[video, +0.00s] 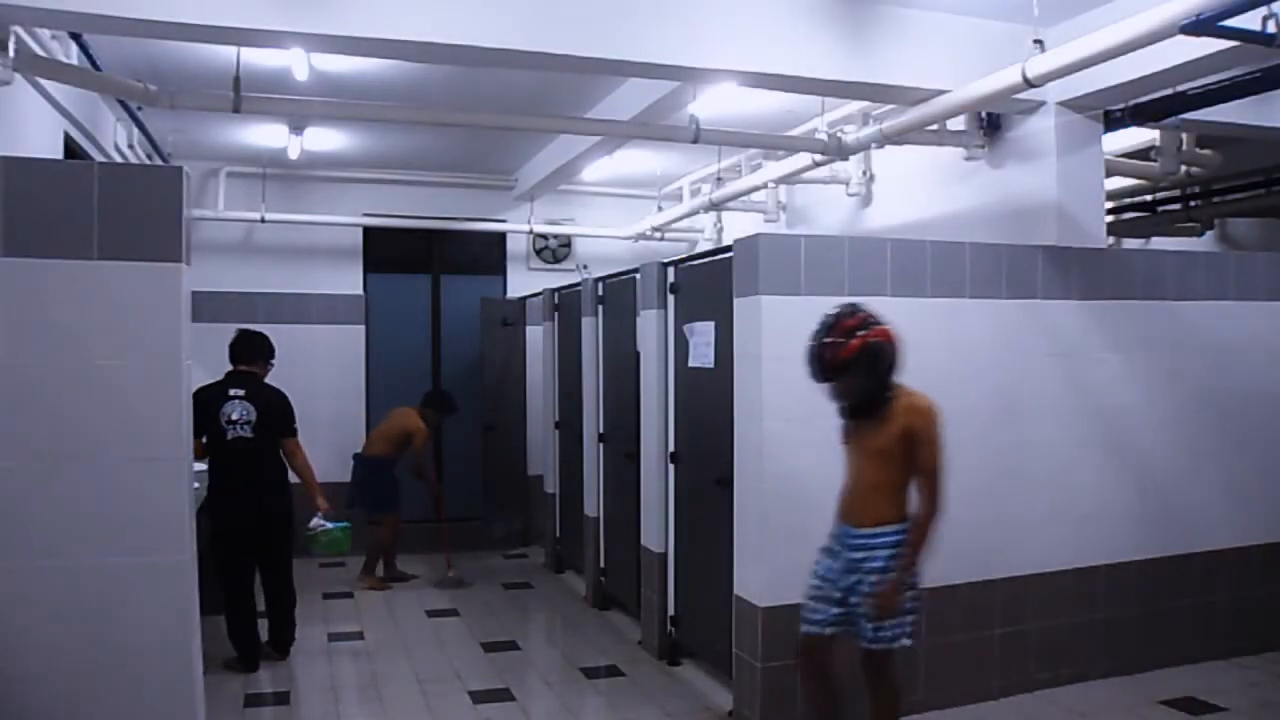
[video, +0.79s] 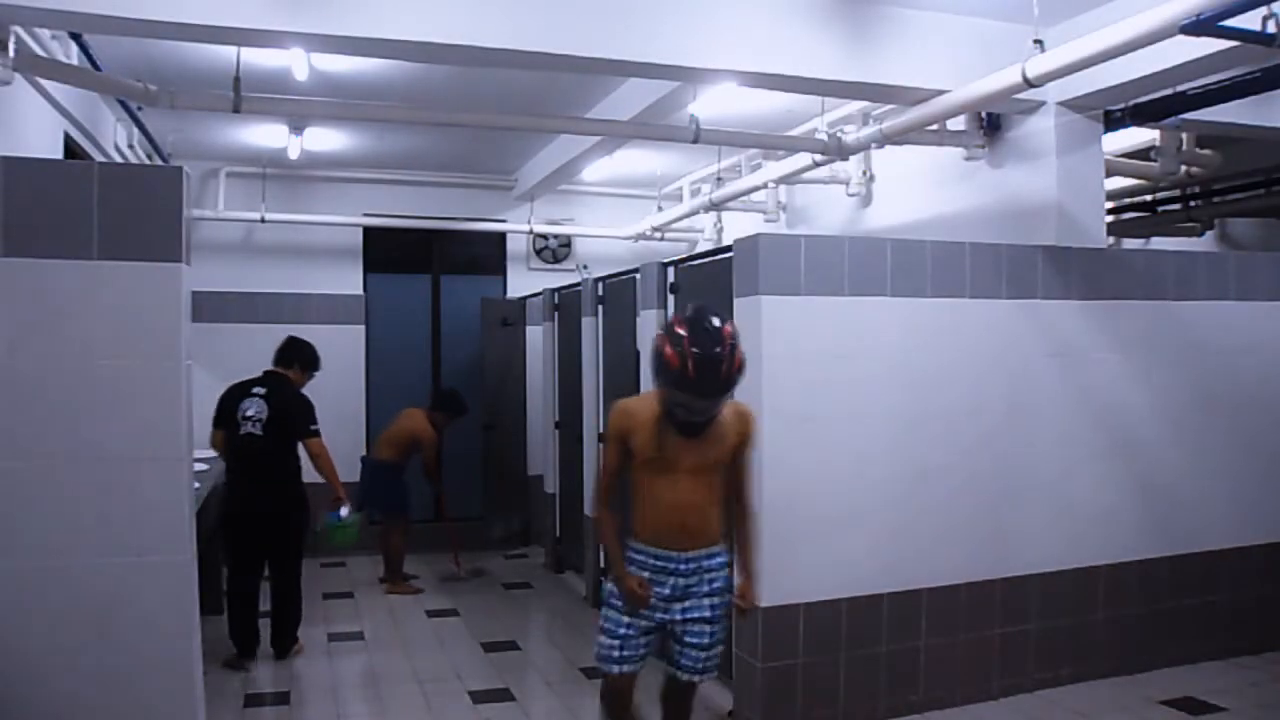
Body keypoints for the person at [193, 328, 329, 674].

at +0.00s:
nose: (270, 369)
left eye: (268, 364)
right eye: (270, 364)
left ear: (232, 360)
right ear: (266, 364)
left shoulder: (204, 397)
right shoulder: (274, 398)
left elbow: (194, 451)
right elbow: (292, 452)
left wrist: (222, 445)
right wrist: (317, 493)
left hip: (226, 501)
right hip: (271, 500)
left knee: (236, 579)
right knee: (277, 571)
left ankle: (247, 656)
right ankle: (281, 644)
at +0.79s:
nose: (306, 383)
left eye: (308, 377)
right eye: (307, 376)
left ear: (277, 363)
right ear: (297, 368)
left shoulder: (235, 392)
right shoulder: (295, 399)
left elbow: (218, 441)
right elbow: (316, 451)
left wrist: (243, 462)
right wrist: (337, 488)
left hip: (241, 496)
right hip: (283, 496)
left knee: (242, 572)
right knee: (286, 571)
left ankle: (244, 648)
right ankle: (284, 643)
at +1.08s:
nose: (326, 385)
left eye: (329, 379)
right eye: (327, 378)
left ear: (300, 364)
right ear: (317, 369)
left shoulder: (260, 391)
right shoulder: (309, 397)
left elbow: (251, 440)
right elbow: (323, 446)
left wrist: (281, 449)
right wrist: (342, 461)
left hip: (261, 489)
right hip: (297, 491)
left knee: (277, 557)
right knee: (297, 563)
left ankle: (271, 624)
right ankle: (284, 641)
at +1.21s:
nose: (333, 384)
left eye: (336, 379)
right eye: (334, 378)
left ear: (308, 364)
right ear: (325, 370)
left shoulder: (271, 393)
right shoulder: (315, 398)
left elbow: (275, 443)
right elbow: (327, 449)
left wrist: (315, 456)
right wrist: (349, 459)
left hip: (271, 488)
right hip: (305, 492)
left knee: (297, 558)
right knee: (301, 563)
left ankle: (310, 622)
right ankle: (285, 642)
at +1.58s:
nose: (370, 381)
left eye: (373, 374)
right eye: (371, 374)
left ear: (345, 363)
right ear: (362, 368)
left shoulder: (310, 393)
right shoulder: (351, 393)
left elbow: (296, 439)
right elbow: (361, 437)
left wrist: (323, 454)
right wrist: (386, 456)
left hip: (314, 482)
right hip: (344, 482)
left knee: (338, 553)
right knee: (341, 554)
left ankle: (344, 623)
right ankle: (300, 623)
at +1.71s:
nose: (385, 381)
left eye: (387, 375)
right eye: (386, 374)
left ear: (361, 362)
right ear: (377, 368)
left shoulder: (327, 391)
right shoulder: (363, 392)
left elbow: (313, 435)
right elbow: (371, 436)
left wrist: (342, 447)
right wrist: (399, 456)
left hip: (329, 480)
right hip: (357, 482)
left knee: (345, 547)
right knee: (374, 548)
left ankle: (343, 619)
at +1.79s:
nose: (393, 381)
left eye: (396, 375)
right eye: (394, 374)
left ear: (369, 363)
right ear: (385, 369)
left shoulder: (340, 390)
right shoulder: (372, 392)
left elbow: (329, 434)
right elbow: (379, 436)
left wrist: (356, 450)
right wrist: (412, 456)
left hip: (340, 481)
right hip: (369, 483)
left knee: (348, 551)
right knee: (388, 543)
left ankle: (344, 623)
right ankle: (391, 615)